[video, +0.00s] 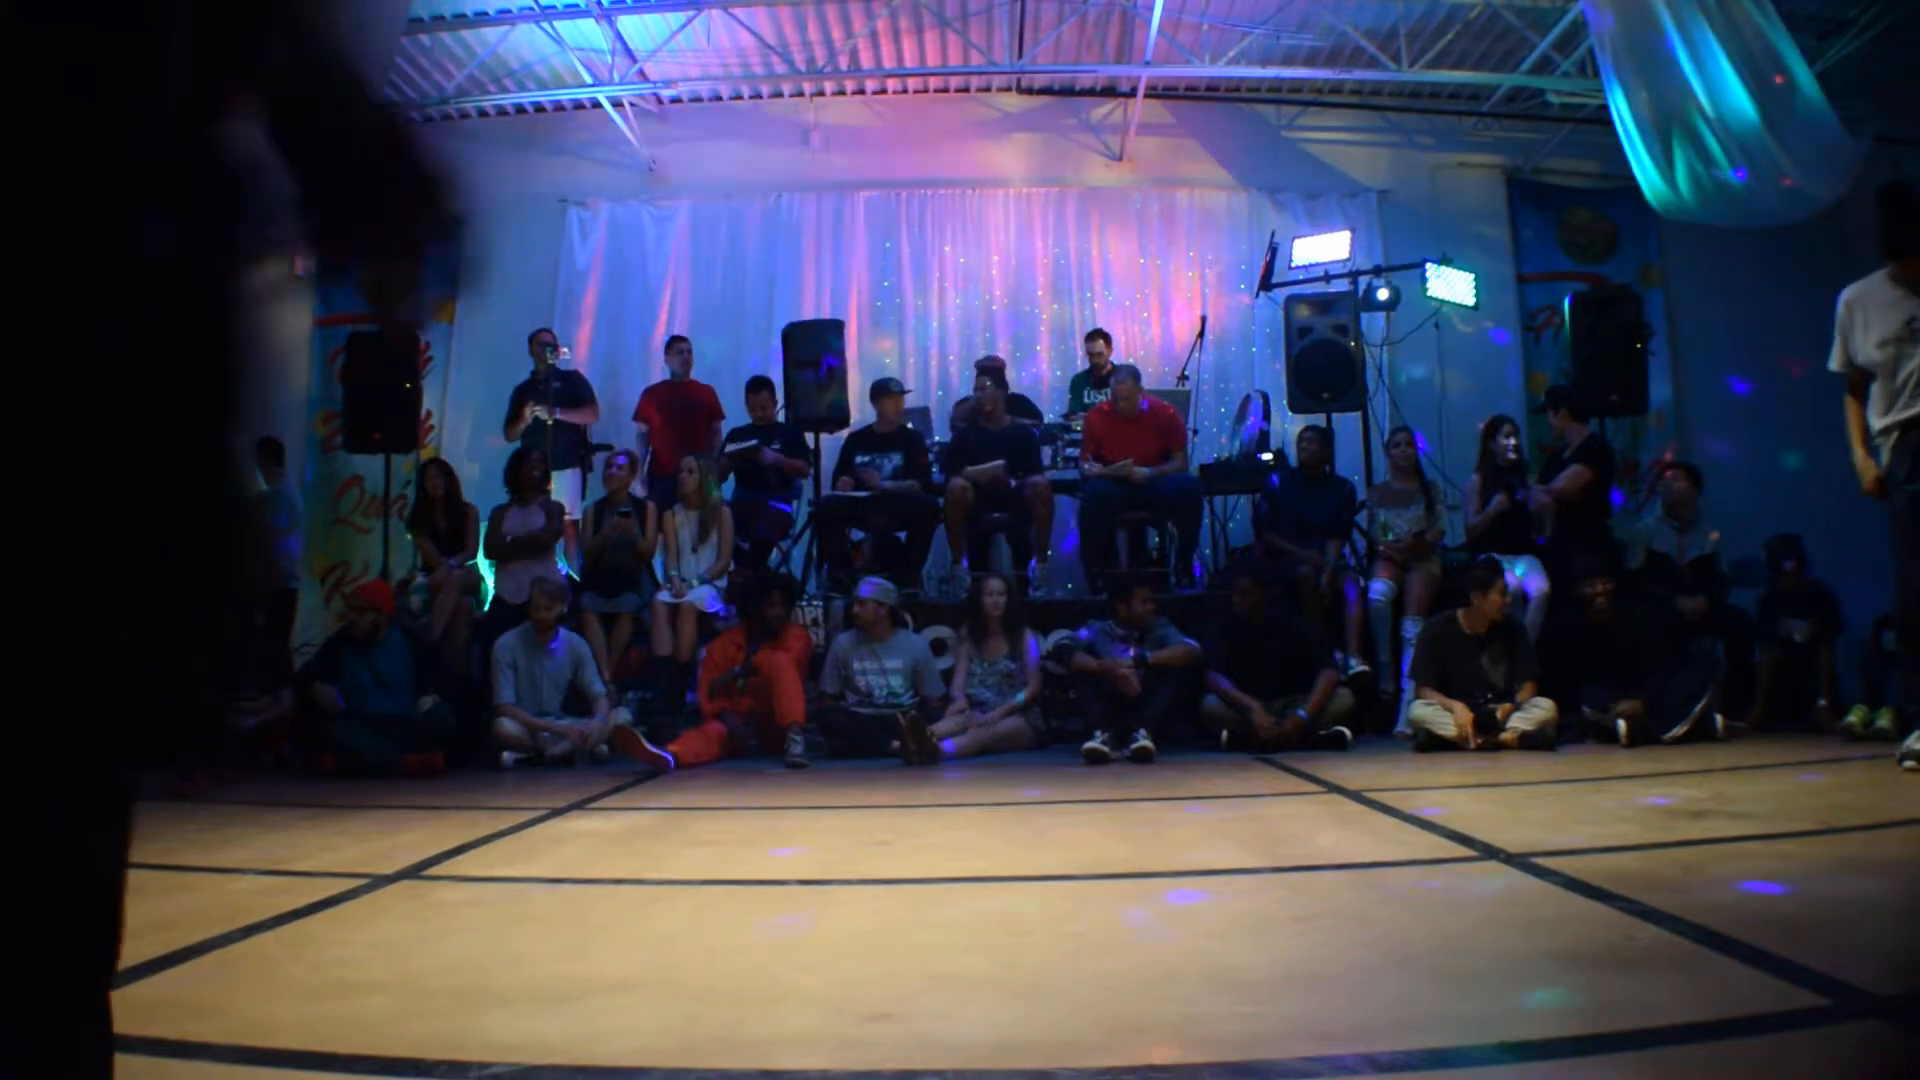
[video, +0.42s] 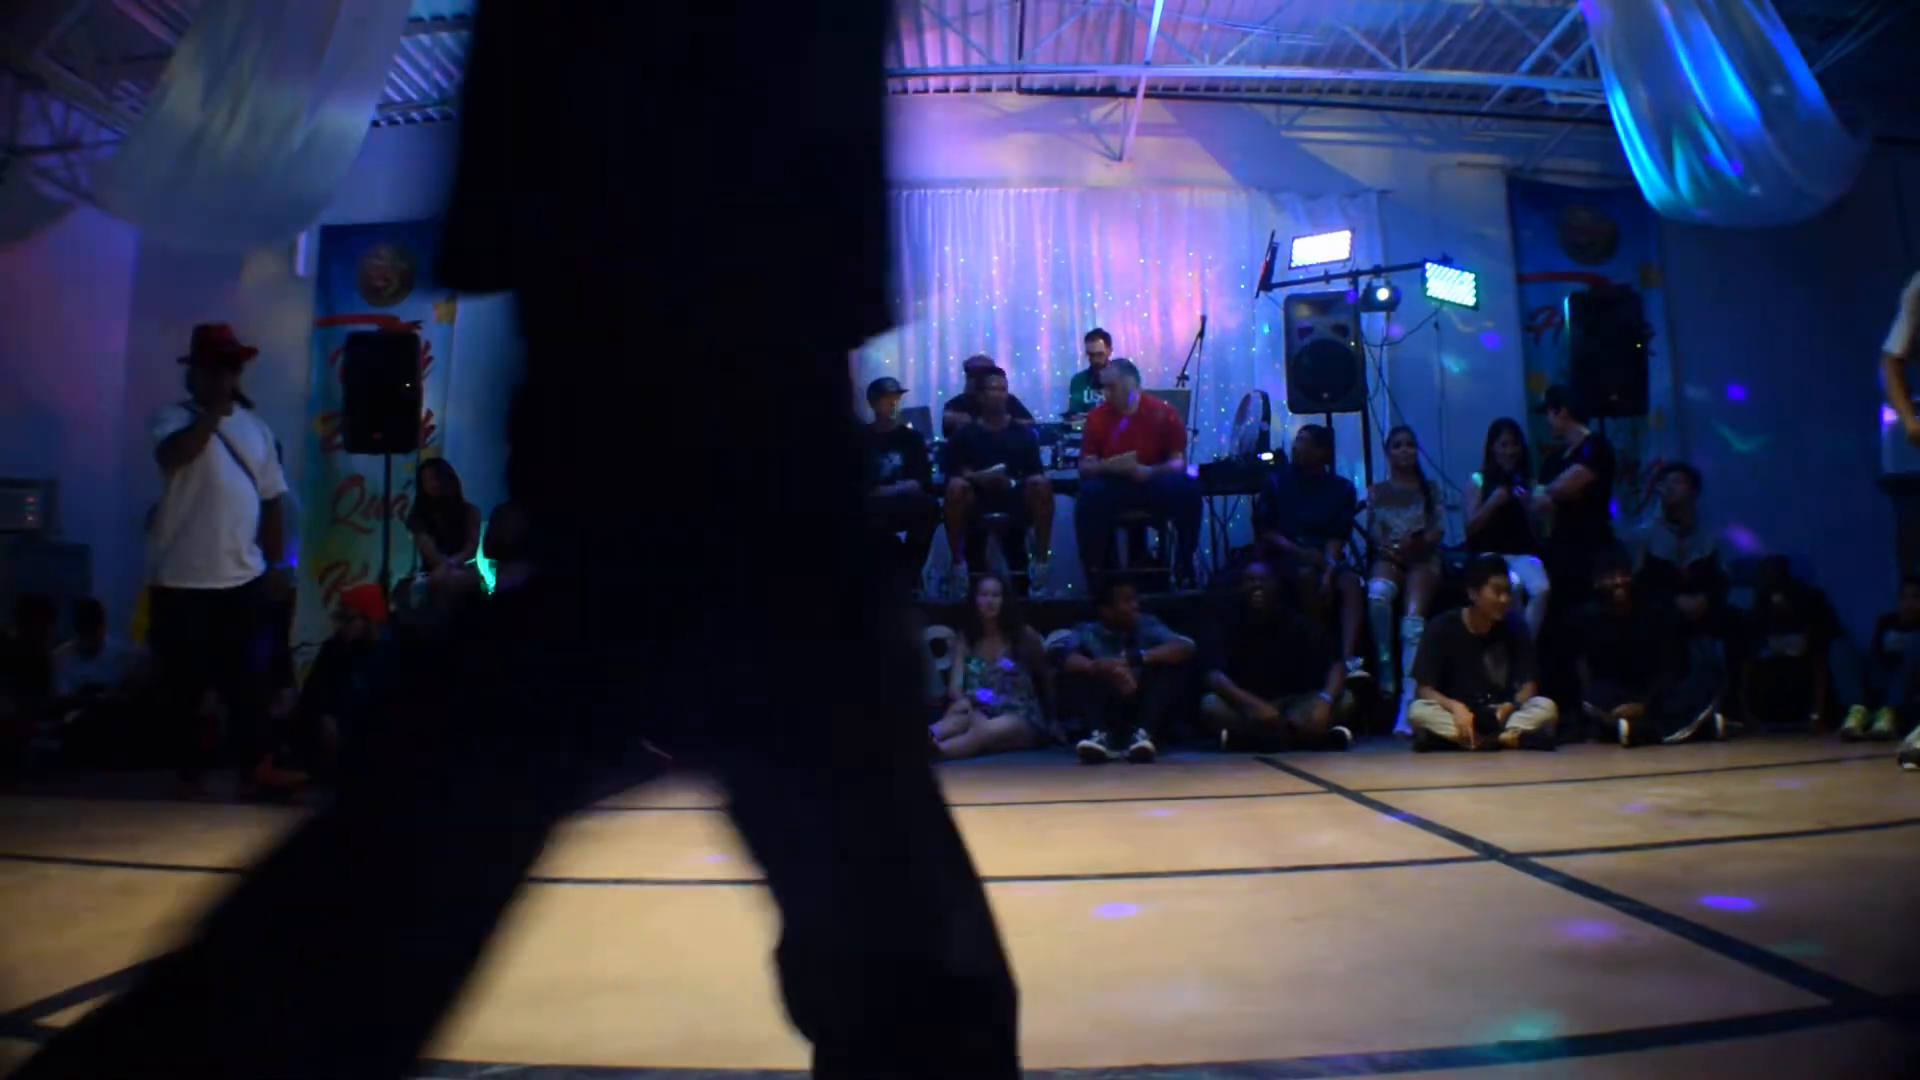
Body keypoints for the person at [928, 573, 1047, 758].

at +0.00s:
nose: (996, 600)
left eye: (1001, 595)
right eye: (989, 595)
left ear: (1008, 599)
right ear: (979, 599)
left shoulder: (1024, 636)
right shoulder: (969, 636)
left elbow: (1034, 687)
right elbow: (957, 686)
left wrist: (996, 714)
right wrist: (962, 703)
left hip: (1013, 710)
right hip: (977, 710)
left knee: (981, 736)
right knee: (958, 721)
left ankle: (935, 752)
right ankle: (922, 736)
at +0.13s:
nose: (994, 600)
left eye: (999, 595)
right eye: (988, 595)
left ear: (1008, 599)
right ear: (978, 599)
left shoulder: (1023, 636)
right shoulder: (969, 636)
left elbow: (1046, 682)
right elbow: (956, 687)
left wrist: (1020, 712)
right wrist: (964, 707)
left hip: (1014, 713)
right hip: (978, 712)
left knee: (988, 734)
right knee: (960, 718)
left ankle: (934, 751)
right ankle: (924, 736)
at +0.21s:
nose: (992, 601)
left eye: (998, 595)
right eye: (986, 595)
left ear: (1007, 599)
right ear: (977, 599)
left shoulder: (1023, 634)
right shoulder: (969, 634)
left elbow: (1050, 675)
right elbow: (956, 686)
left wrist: (1043, 712)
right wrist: (963, 704)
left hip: (1017, 709)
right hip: (979, 707)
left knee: (983, 735)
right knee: (962, 719)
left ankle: (936, 751)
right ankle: (923, 736)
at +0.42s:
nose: (990, 601)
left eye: (996, 595)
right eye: (984, 595)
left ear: (1005, 600)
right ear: (974, 600)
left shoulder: (1023, 635)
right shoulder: (966, 638)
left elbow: (1044, 677)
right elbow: (954, 689)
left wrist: (1052, 721)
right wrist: (968, 704)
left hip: (1018, 711)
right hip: (978, 708)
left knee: (984, 733)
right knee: (959, 718)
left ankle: (936, 752)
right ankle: (926, 735)